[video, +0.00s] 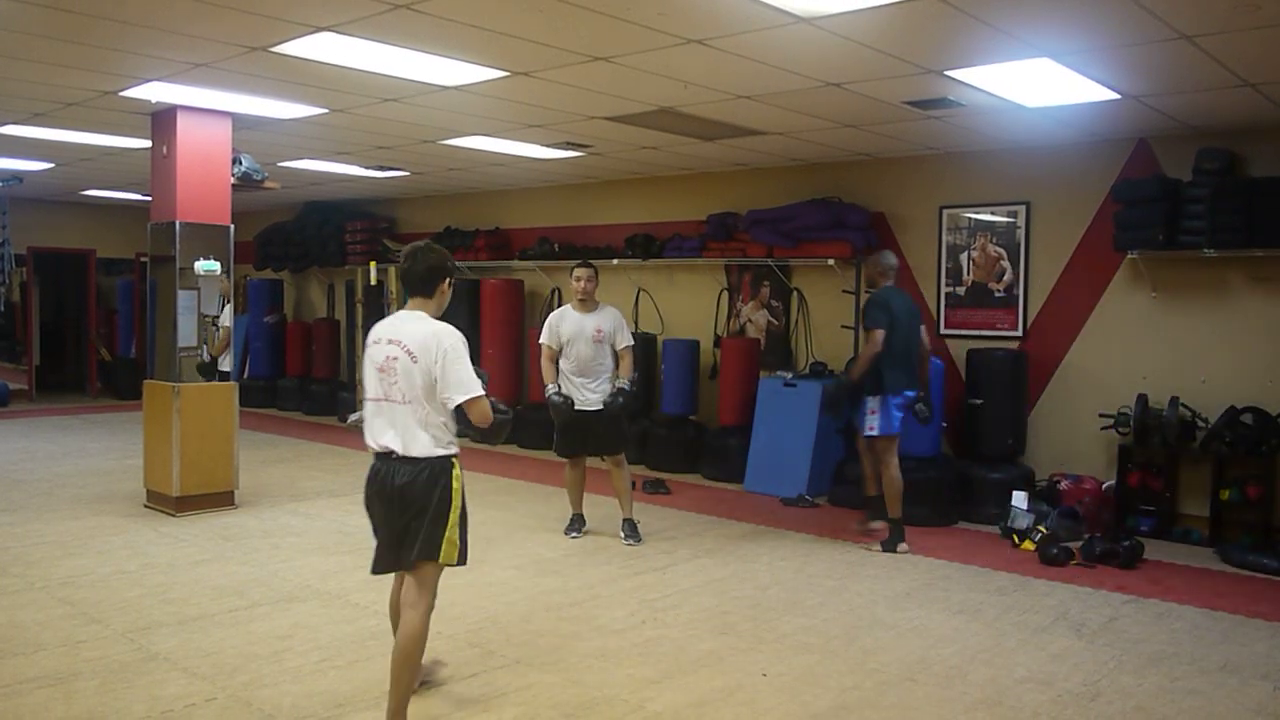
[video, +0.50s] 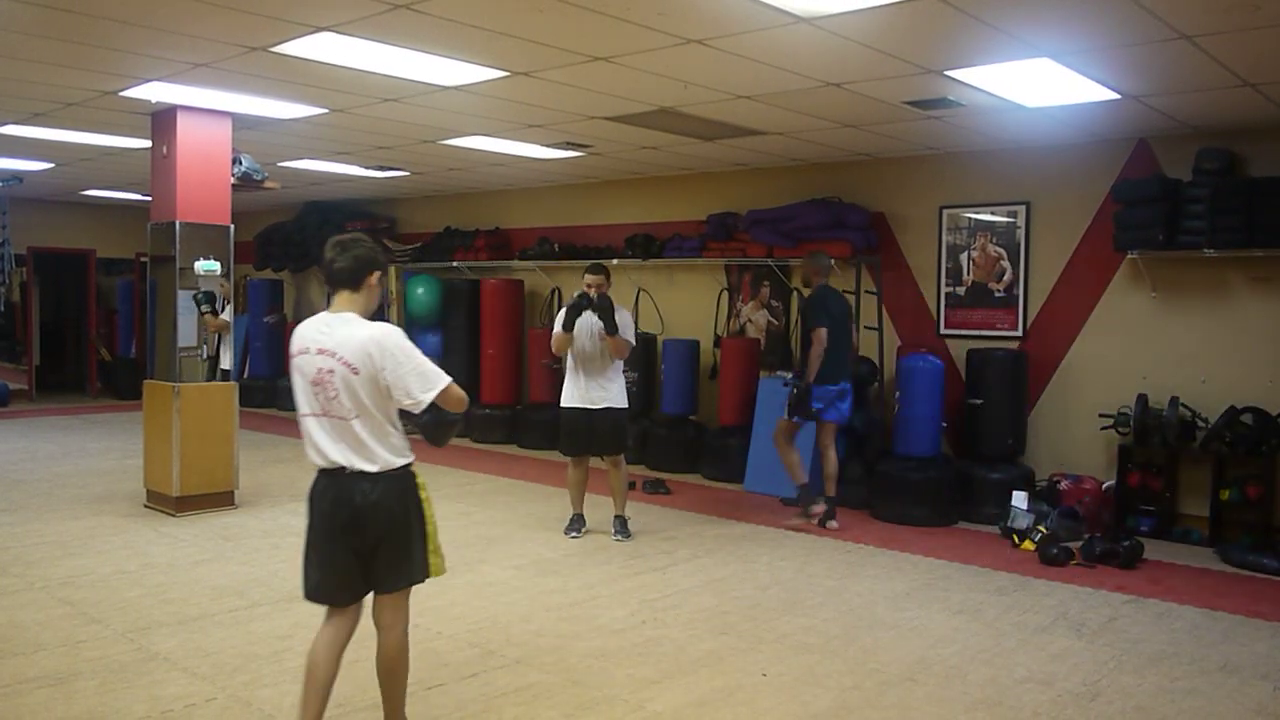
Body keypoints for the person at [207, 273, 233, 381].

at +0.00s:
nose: (220, 286)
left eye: (223, 282)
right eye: (221, 282)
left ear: (231, 284)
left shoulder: (229, 309)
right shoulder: (244, 307)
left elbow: (225, 338)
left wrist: (213, 352)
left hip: (227, 368)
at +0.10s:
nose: (220, 288)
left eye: (221, 283)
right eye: (219, 284)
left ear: (230, 284)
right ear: (228, 284)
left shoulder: (230, 308)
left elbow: (224, 335)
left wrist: (207, 347)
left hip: (228, 368)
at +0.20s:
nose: (219, 291)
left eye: (220, 286)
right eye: (218, 287)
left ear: (229, 286)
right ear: (228, 286)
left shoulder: (231, 308)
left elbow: (221, 332)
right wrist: (207, 323)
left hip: (229, 369)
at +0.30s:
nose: (220, 292)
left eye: (221, 287)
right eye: (219, 288)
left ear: (231, 287)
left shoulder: (232, 307)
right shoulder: (230, 306)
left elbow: (213, 328)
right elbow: (220, 326)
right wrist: (209, 309)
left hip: (230, 369)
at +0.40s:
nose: (219, 291)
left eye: (221, 286)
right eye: (218, 287)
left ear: (230, 286)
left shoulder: (232, 307)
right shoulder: (229, 306)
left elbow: (213, 325)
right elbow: (214, 325)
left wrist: (204, 305)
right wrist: (207, 307)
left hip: (230, 367)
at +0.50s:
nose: (221, 290)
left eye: (223, 286)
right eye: (221, 286)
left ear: (232, 287)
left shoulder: (233, 307)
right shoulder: (230, 306)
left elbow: (214, 326)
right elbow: (218, 325)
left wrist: (205, 308)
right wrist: (211, 310)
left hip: (230, 367)